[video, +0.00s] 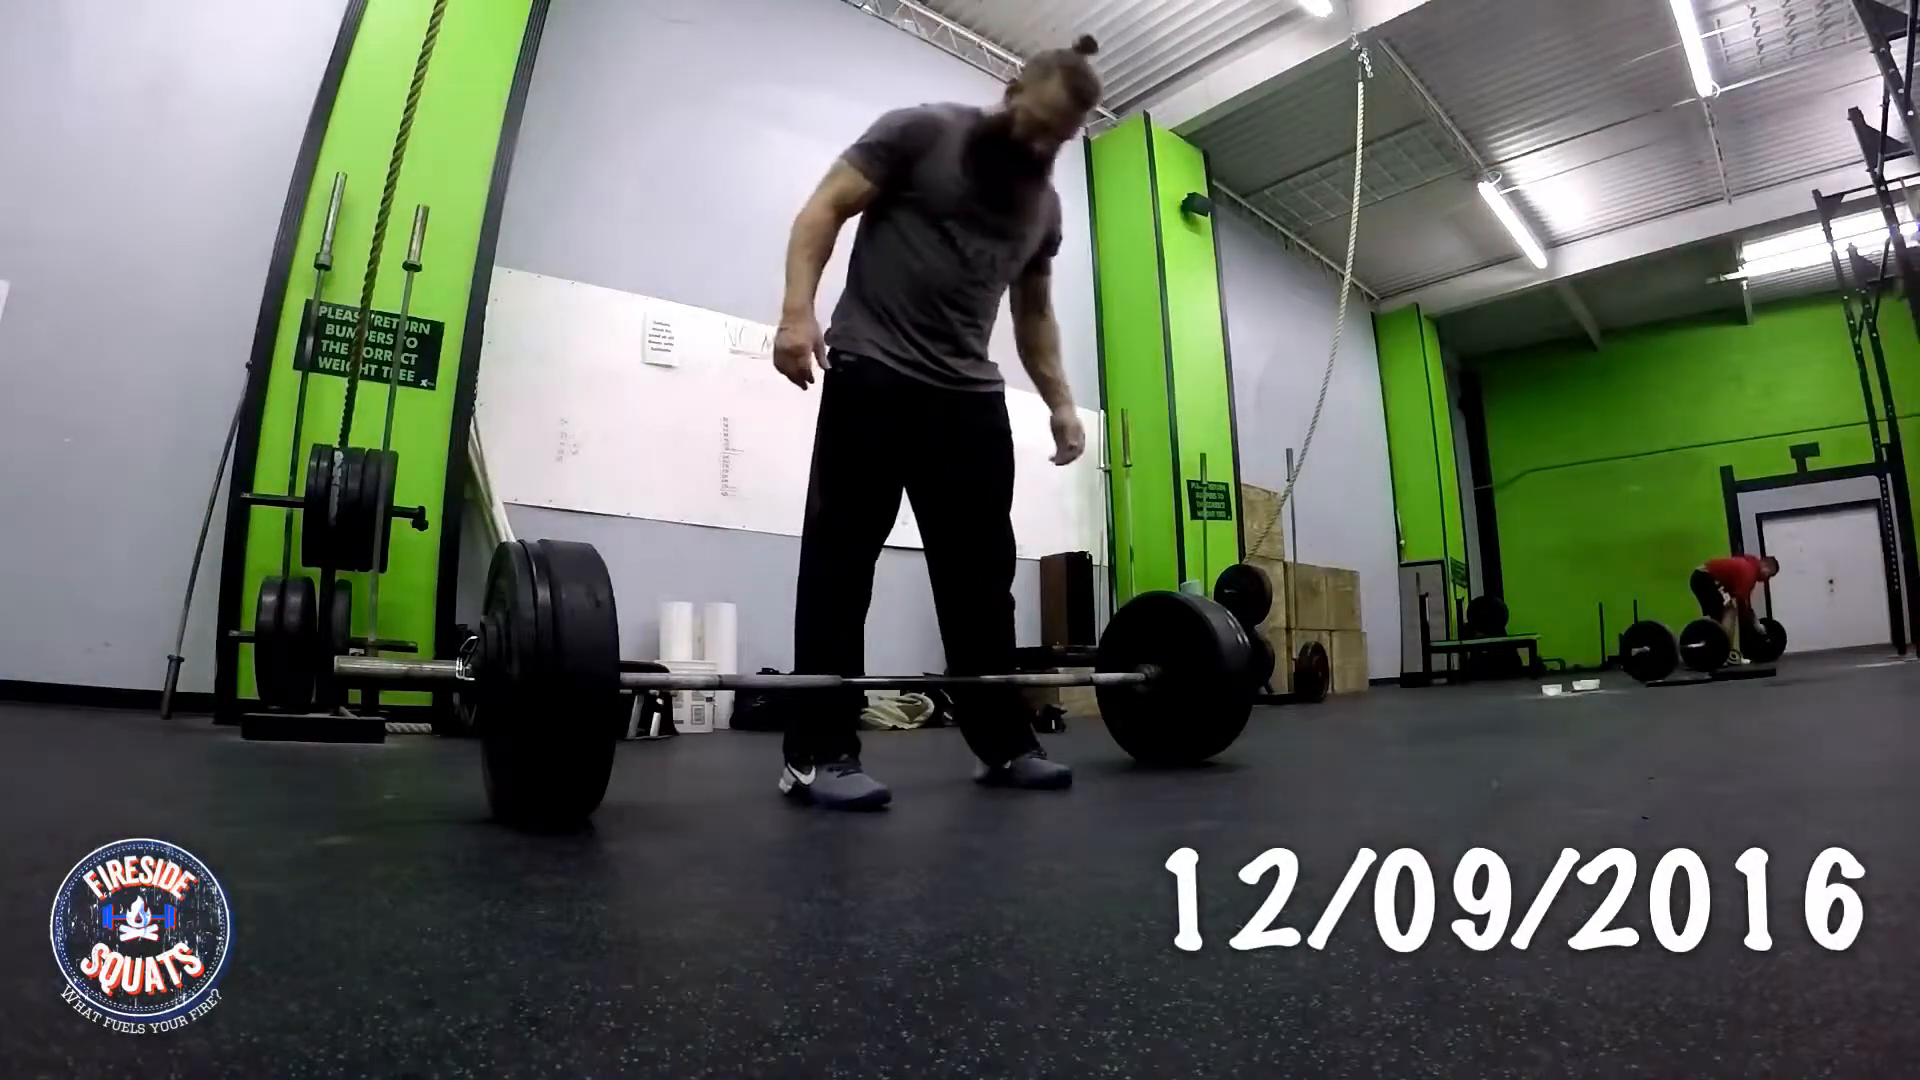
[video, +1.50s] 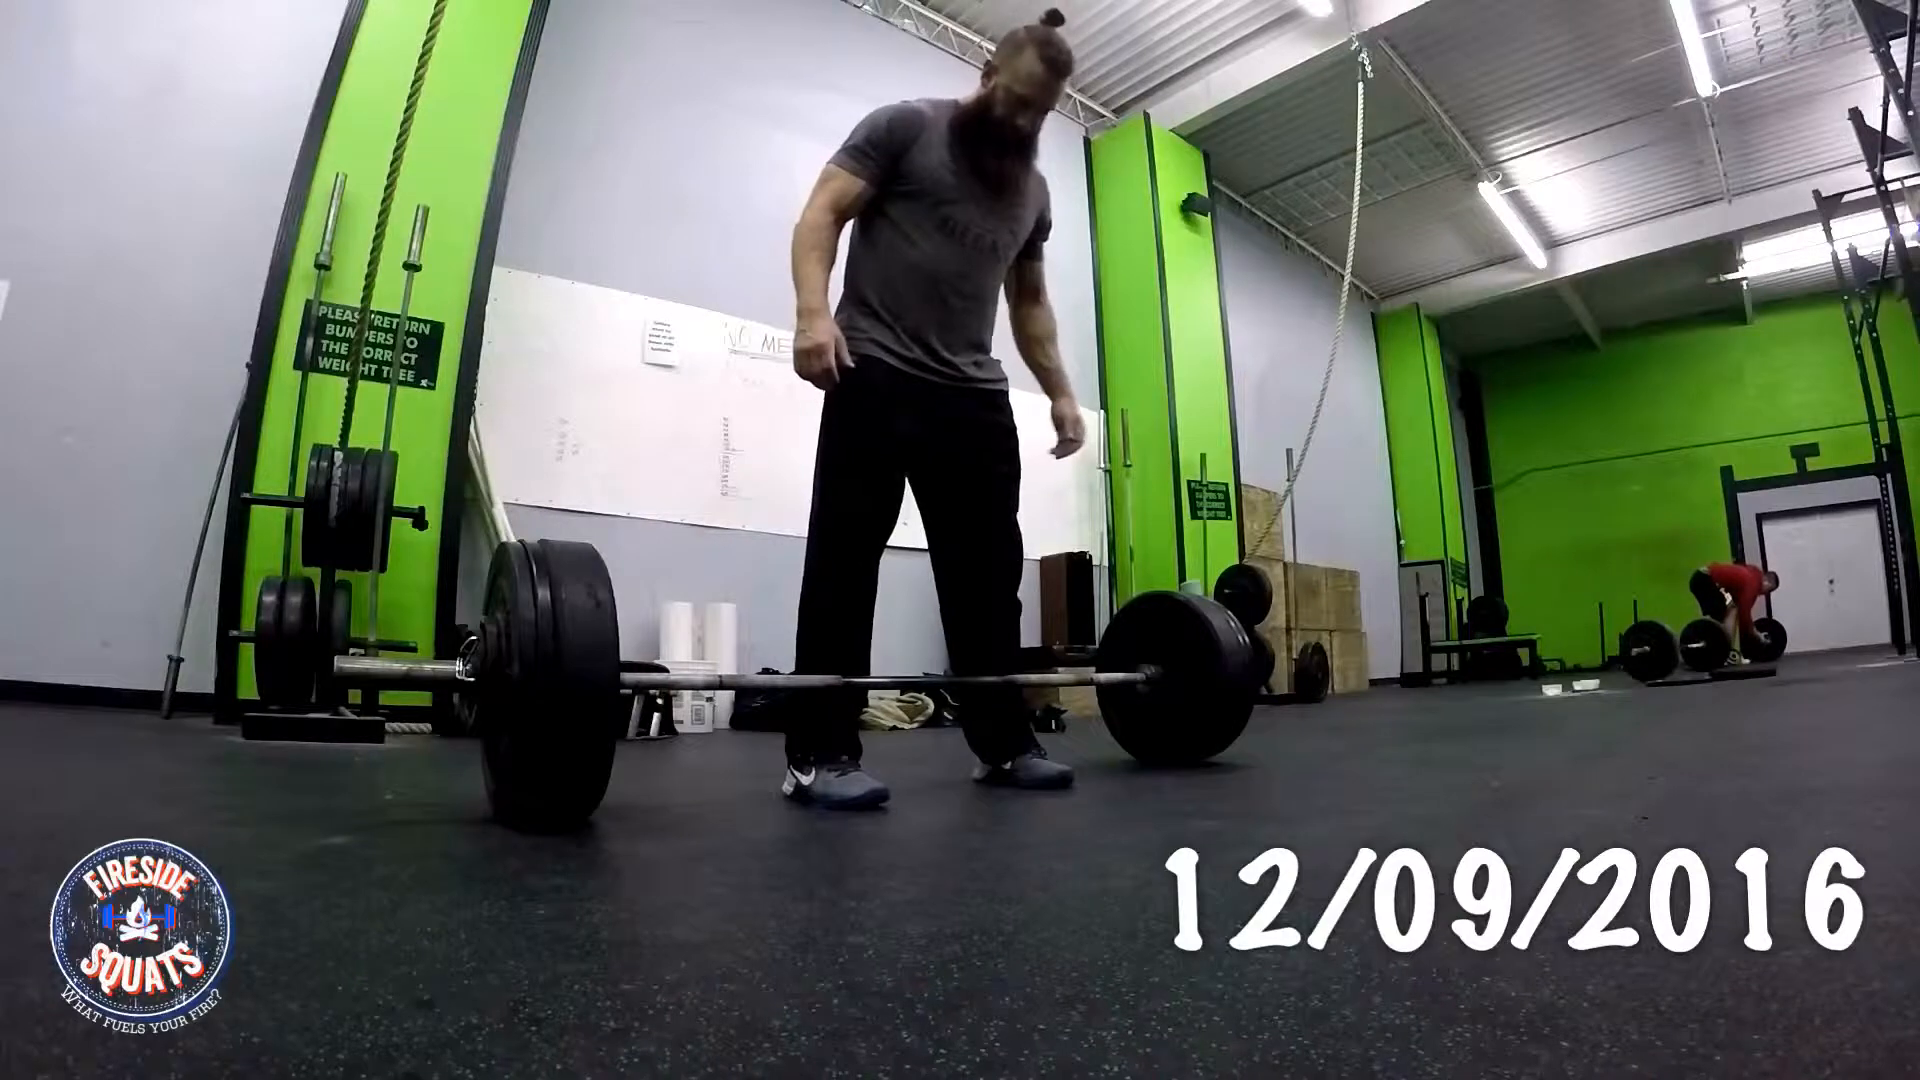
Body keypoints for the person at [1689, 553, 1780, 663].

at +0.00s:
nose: (1766, 578)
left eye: (1769, 576)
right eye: (1768, 574)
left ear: (1764, 564)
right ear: (1764, 567)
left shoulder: (1750, 567)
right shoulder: (1749, 571)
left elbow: (1744, 600)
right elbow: (1742, 601)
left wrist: (1754, 621)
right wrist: (1753, 623)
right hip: (1705, 577)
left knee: (1715, 615)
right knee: (1729, 611)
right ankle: (1730, 654)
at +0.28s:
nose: (1766, 578)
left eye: (1768, 576)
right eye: (1767, 574)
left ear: (1762, 564)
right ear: (1763, 568)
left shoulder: (1749, 567)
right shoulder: (1751, 572)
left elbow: (1747, 600)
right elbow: (1747, 601)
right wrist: (1759, 621)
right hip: (1704, 577)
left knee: (1715, 615)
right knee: (1730, 609)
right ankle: (1731, 654)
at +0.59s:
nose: (1766, 578)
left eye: (1769, 576)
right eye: (1768, 575)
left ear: (1762, 564)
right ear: (1764, 569)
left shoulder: (1748, 567)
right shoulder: (1752, 572)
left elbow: (1745, 600)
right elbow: (1746, 599)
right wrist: (1758, 620)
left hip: (1699, 575)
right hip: (1705, 577)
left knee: (1714, 616)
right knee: (1730, 610)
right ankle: (1731, 654)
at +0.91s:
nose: (1767, 592)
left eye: (1770, 590)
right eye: (1770, 588)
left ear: (1764, 577)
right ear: (1766, 581)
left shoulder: (1749, 577)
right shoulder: (1751, 580)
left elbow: (1742, 609)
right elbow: (1743, 610)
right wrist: (1746, 631)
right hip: (1705, 578)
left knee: (1717, 616)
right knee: (1730, 612)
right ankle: (1732, 654)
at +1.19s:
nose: (1766, 601)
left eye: (1769, 600)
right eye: (1769, 598)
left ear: (1765, 586)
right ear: (1766, 590)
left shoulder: (1752, 581)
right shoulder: (1751, 587)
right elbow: (1746, 622)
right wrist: (1754, 647)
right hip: (1704, 580)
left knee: (1716, 617)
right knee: (1732, 612)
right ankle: (1729, 654)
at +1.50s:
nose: (1766, 592)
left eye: (1769, 591)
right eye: (1768, 589)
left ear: (1765, 579)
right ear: (1766, 582)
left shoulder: (1751, 576)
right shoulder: (1752, 582)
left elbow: (1743, 608)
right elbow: (1744, 612)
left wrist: (1751, 628)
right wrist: (1752, 633)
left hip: (1702, 577)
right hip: (1704, 579)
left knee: (1718, 617)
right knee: (1731, 612)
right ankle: (1728, 654)